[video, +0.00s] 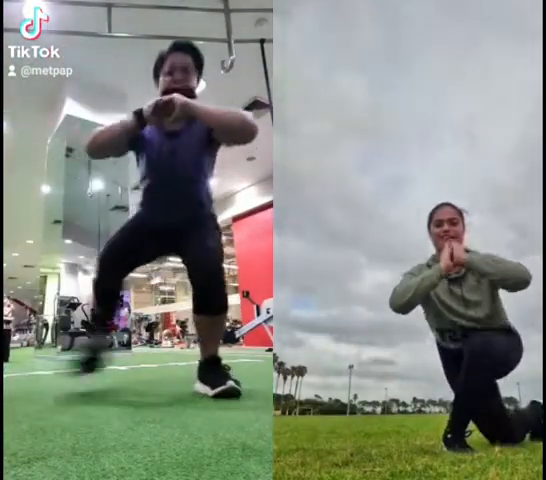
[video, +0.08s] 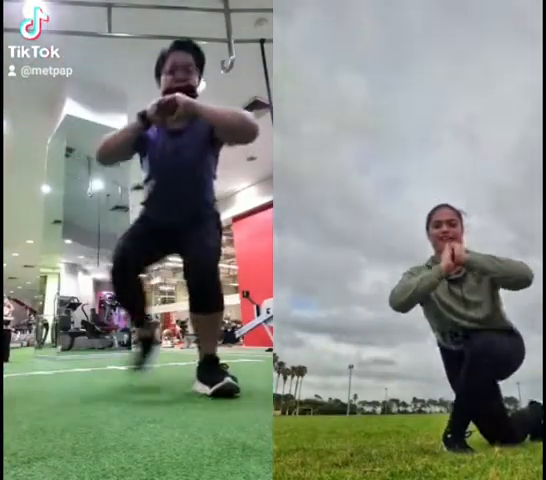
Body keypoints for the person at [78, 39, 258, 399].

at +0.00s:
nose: (176, 78)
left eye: (185, 72)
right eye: (169, 72)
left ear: (197, 80)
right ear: (157, 80)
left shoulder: (207, 123)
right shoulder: (143, 125)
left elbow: (247, 130)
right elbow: (94, 147)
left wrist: (193, 109)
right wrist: (138, 120)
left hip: (197, 224)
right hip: (152, 222)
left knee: (210, 281)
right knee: (110, 262)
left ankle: (211, 367)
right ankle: (99, 334)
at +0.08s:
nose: (180, 77)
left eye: (188, 71)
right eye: (172, 71)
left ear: (199, 79)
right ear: (160, 79)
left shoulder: (209, 122)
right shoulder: (147, 126)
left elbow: (249, 131)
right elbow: (104, 155)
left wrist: (197, 109)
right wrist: (143, 120)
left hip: (199, 220)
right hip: (156, 219)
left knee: (204, 275)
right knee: (123, 265)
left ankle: (209, 365)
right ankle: (145, 334)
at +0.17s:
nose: (178, 83)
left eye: (187, 77)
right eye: (171, 77)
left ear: (199, 85)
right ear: (160, 85)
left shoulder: (210, 127)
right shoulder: (149, 131)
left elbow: (251, 138)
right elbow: (112, 165)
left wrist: (197, 114)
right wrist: (148, 126)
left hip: (200, 221)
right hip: (158, 221)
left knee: (202, 280)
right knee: (139, 286)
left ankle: (209, 365)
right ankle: (173, 336)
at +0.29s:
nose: (174, 112)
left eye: (182, 106)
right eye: (168, 105)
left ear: (194, 115)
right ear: (156, 113)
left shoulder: (204, 154)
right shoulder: (144, 158)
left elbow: (249, 169)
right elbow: (118, 200)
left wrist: (192, 141)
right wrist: (148, 156)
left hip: (204, 236)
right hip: (161, 239)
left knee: (202, 277)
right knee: (166, 309)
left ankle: (207, 363)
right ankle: (186, 354)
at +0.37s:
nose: (171, 119)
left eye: (179, 113)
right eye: (164, 114)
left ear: (191, 122)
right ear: (153, 124)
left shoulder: (203, 157)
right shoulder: (141, 167)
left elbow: (243, 186)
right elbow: (118, 216)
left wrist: (187, 155)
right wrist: (146, 170)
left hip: (205, 244)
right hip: (162, 250)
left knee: (205, 271)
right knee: (170, 318)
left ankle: (207, 363)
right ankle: (186, 356)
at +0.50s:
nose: (167, 120)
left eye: (175, 114)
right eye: (159, 115)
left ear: (187, 123)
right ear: (148, 126)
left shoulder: (201, 159)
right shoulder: (137, 169)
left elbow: (239, 192)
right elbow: (117, 218)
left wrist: (184, 161)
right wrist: (143, 171)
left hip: (205, 245)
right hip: (162, 251)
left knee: (203, 271)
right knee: (171, 317)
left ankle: (207, 364)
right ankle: (186, 357)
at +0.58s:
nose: (164, 107)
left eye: (171, 100)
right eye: (157, 100)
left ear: (184, 109)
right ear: (146, 110)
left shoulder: (196, 148)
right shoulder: (137, 157)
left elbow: (240, 174)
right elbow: (114, 199)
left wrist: (185, 148)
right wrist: (140, 156)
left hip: (201, 236)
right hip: (159, 242)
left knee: (202, 275)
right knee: (166, 313)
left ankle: (207, 364)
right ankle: (185, 354)